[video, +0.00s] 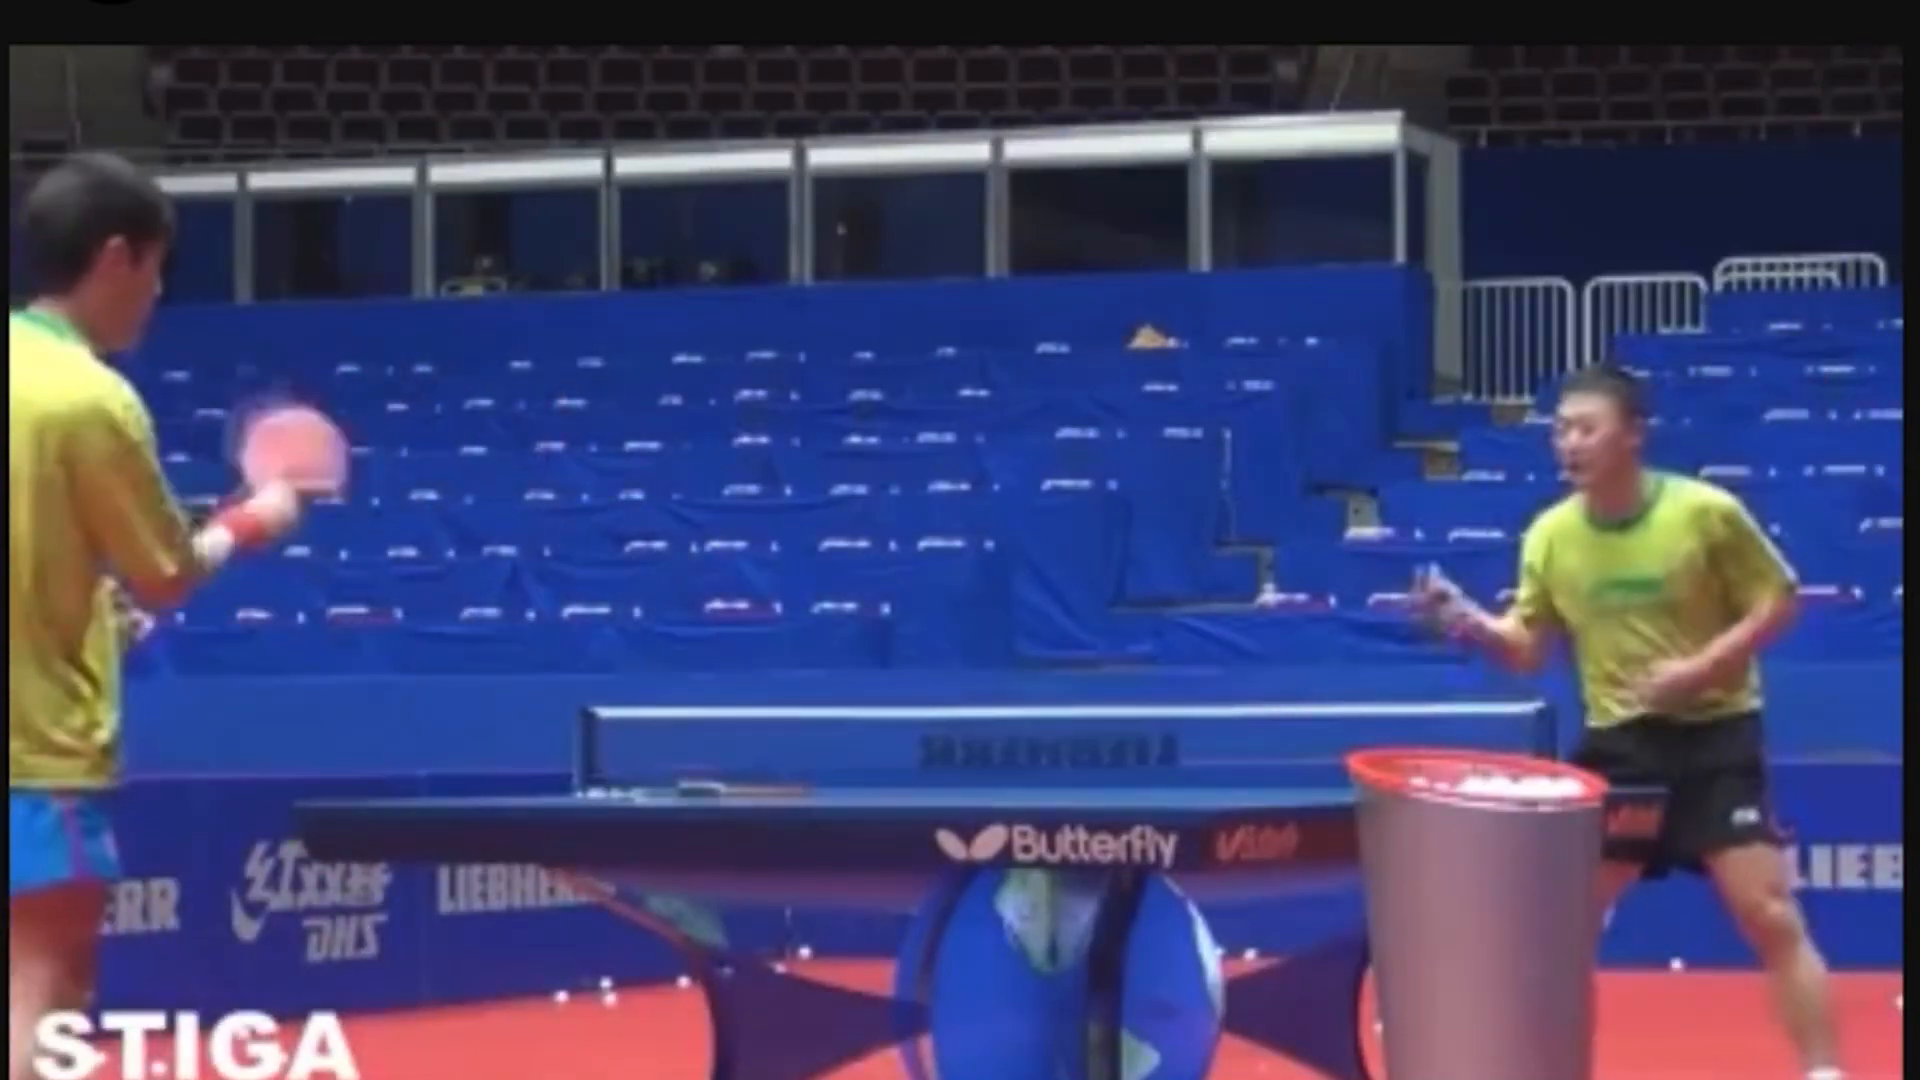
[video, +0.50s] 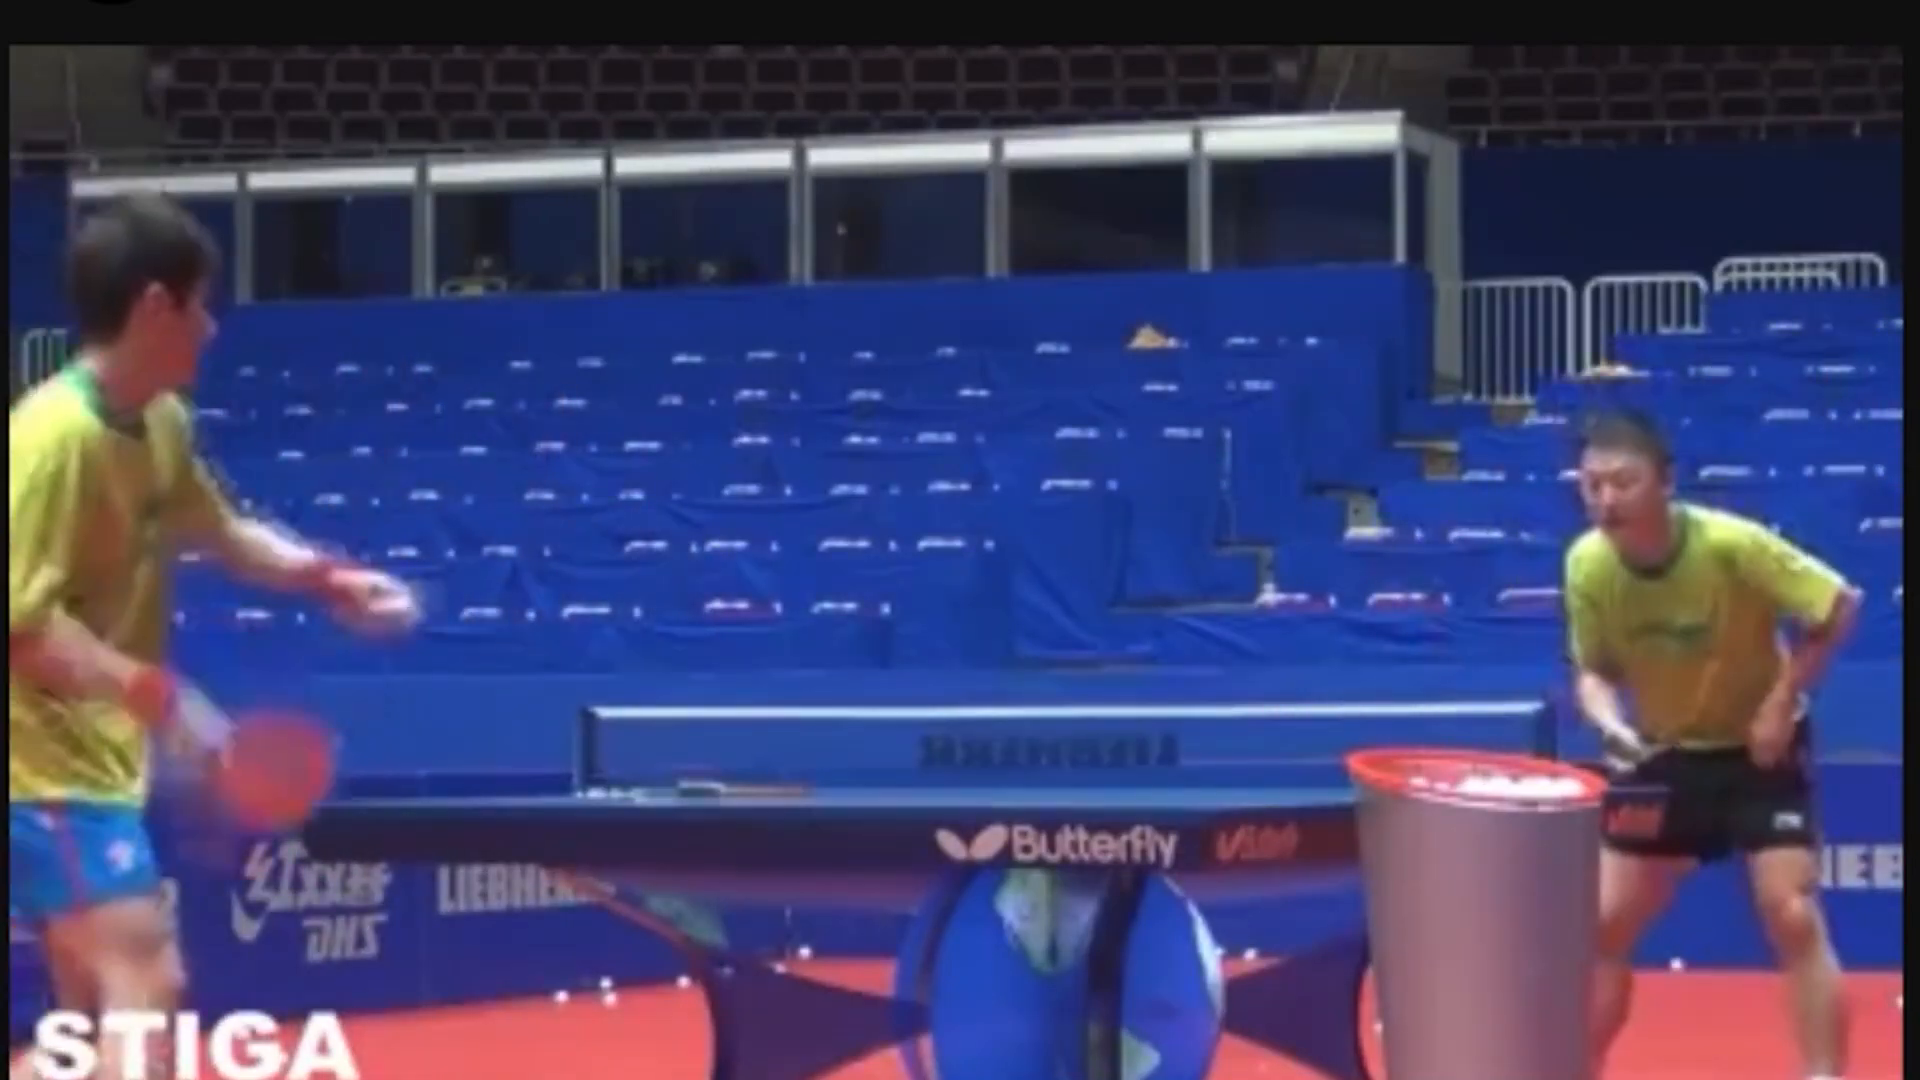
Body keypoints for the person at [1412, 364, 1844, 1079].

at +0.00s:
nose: (1568, 444)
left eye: (1585, 428)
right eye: (1560, 429)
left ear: (1633, 433)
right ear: (1555, 440)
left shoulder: (1706, 514)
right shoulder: (1548, 534)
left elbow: (1779, 598)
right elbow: (1526, 649)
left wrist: (1704, 666)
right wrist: (1469, 620)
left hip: (1714, 740)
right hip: (1615, 747)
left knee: (1770, 917)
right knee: (1562, 923)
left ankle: (1824, 1068)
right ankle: (1542, 1069)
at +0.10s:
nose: (1570, 454)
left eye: (1587, 437)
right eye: (1562, 439)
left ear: (1633, 442)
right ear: (1554, 447)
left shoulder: (1704, 520)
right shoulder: (1552, 537)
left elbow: (1790, 592)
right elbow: (1527, 653)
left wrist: (1726, 671)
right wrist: (1460, 596)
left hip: (1713, 748)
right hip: (1615, 750)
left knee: (1763, 919)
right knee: (1558, 921)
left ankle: (1818, 1069)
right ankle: (1540, 1069)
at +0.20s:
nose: (1578, 469)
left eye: (1595, 451)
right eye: (1570, 453)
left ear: (1641, 452)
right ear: (1561, 458)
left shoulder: (1708, 530)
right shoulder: (1564, 542)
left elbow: (1806, 596)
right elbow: (1540, 660)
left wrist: (1739, 690)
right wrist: (1467, 602)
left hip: (1722, 753)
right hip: (1626, 753)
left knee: (1770, 920)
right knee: (1559, 918)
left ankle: (1819, 1070)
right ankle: (1543, 1070)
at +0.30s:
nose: (1591, 478)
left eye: (1608, 460)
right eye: (1581, 463)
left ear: (1652, 459)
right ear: (1572, 467)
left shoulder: (1715, 536)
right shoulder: (1575, 544)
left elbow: (1820, 607)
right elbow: (1561, 640)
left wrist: (1749, 700)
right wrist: (1539, 666)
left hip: (1736, 750)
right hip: (1640, 751)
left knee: (1780, 919)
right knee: (1573, 918)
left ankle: (1820, 1070)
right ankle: (1561, 1067)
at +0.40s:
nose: (1606, 490)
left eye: (1623, 471)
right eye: (1595, 473)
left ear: (1663, 473)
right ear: (1582, 480)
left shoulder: (1726, 541)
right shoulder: (1584, 555)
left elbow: (1835, 604)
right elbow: (1573, 666)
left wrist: (1772, 695)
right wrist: (1602, 725)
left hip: (1748, 753)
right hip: (1655, 757)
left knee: (1787, 916)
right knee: (1592, 926)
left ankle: (1821, 1071)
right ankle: (1574, 1068)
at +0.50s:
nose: (1605, 500)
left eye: (1621, 482)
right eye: (1593, 484)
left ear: (1663, 481)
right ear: (1582, 488)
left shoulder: (1731, 546)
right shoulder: (1588, 564)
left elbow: (1840, 604)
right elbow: (1591, 671)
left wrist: (1785, 699)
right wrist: (1612, 726)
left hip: (1757, 752)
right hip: (1662, 758)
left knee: (1792, 915)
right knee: (1604, 922)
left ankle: (1824, 1070)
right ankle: (1578, 1068)